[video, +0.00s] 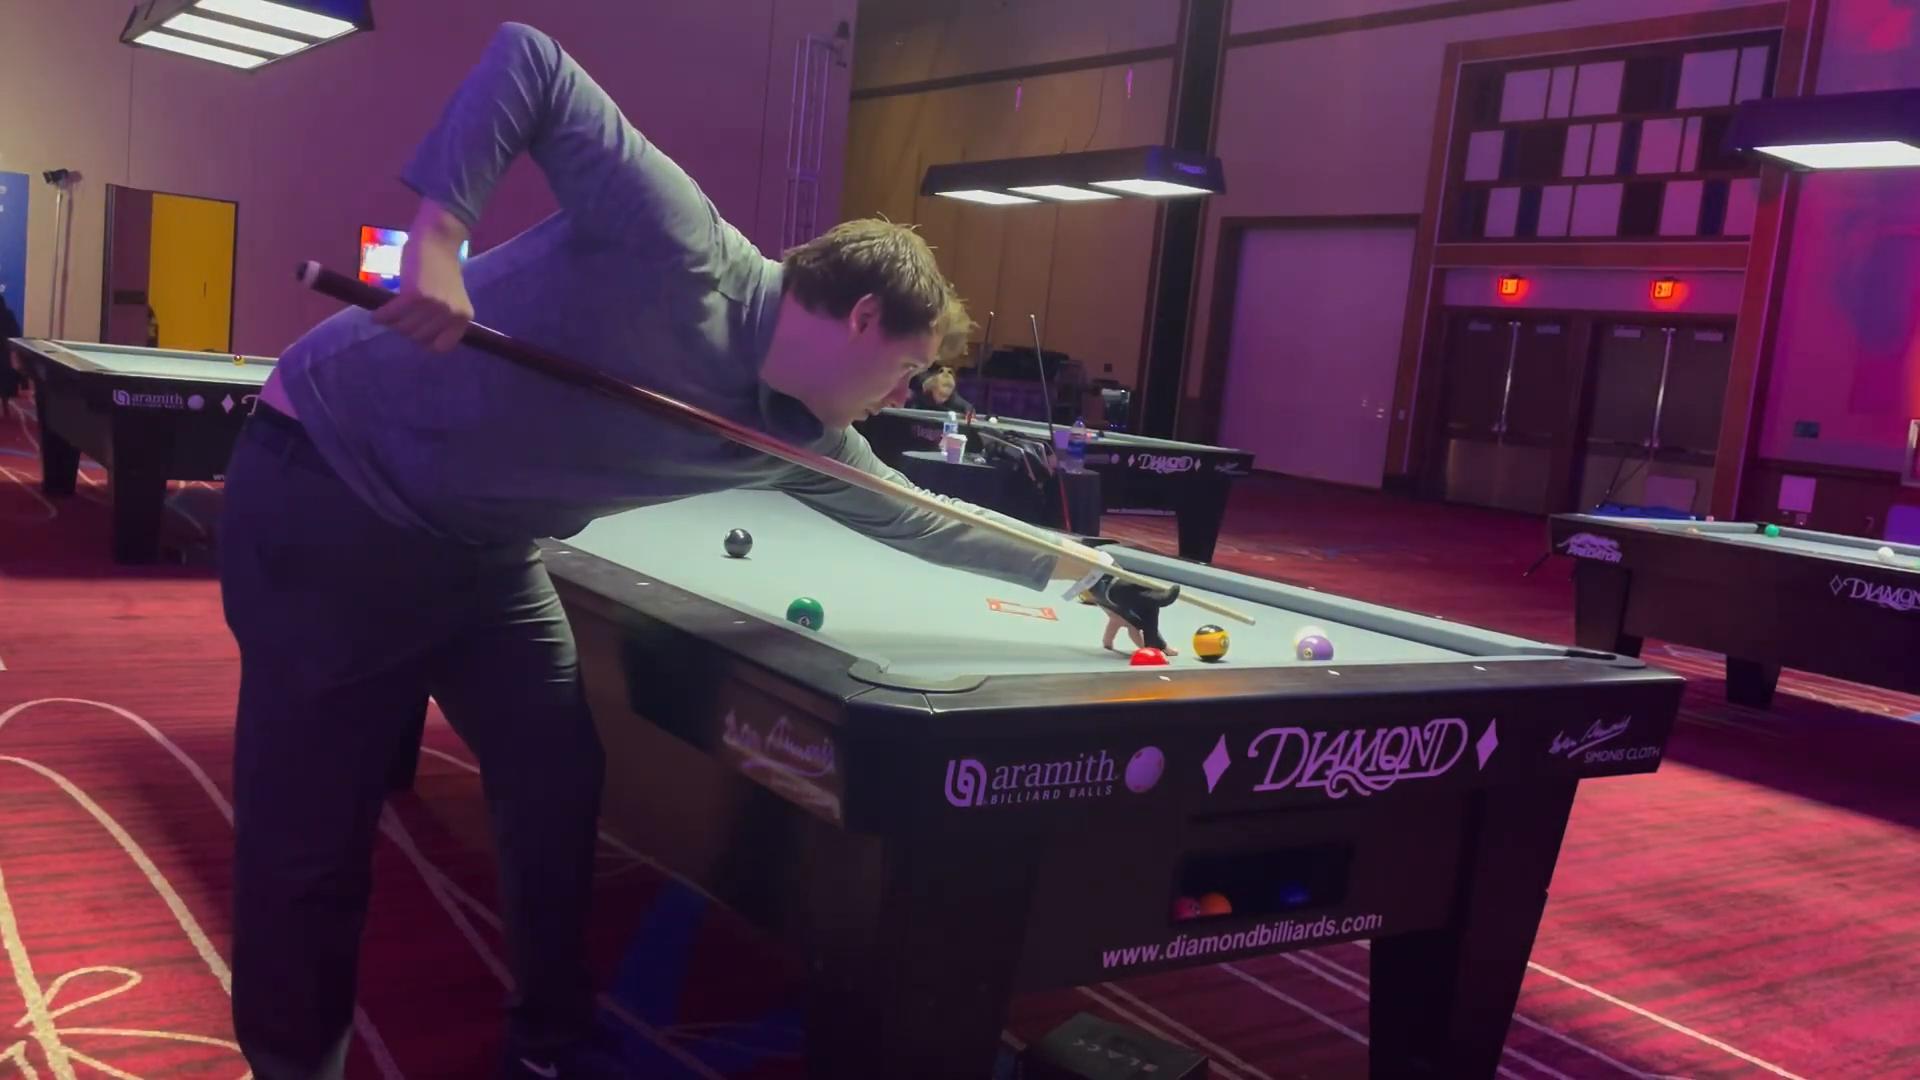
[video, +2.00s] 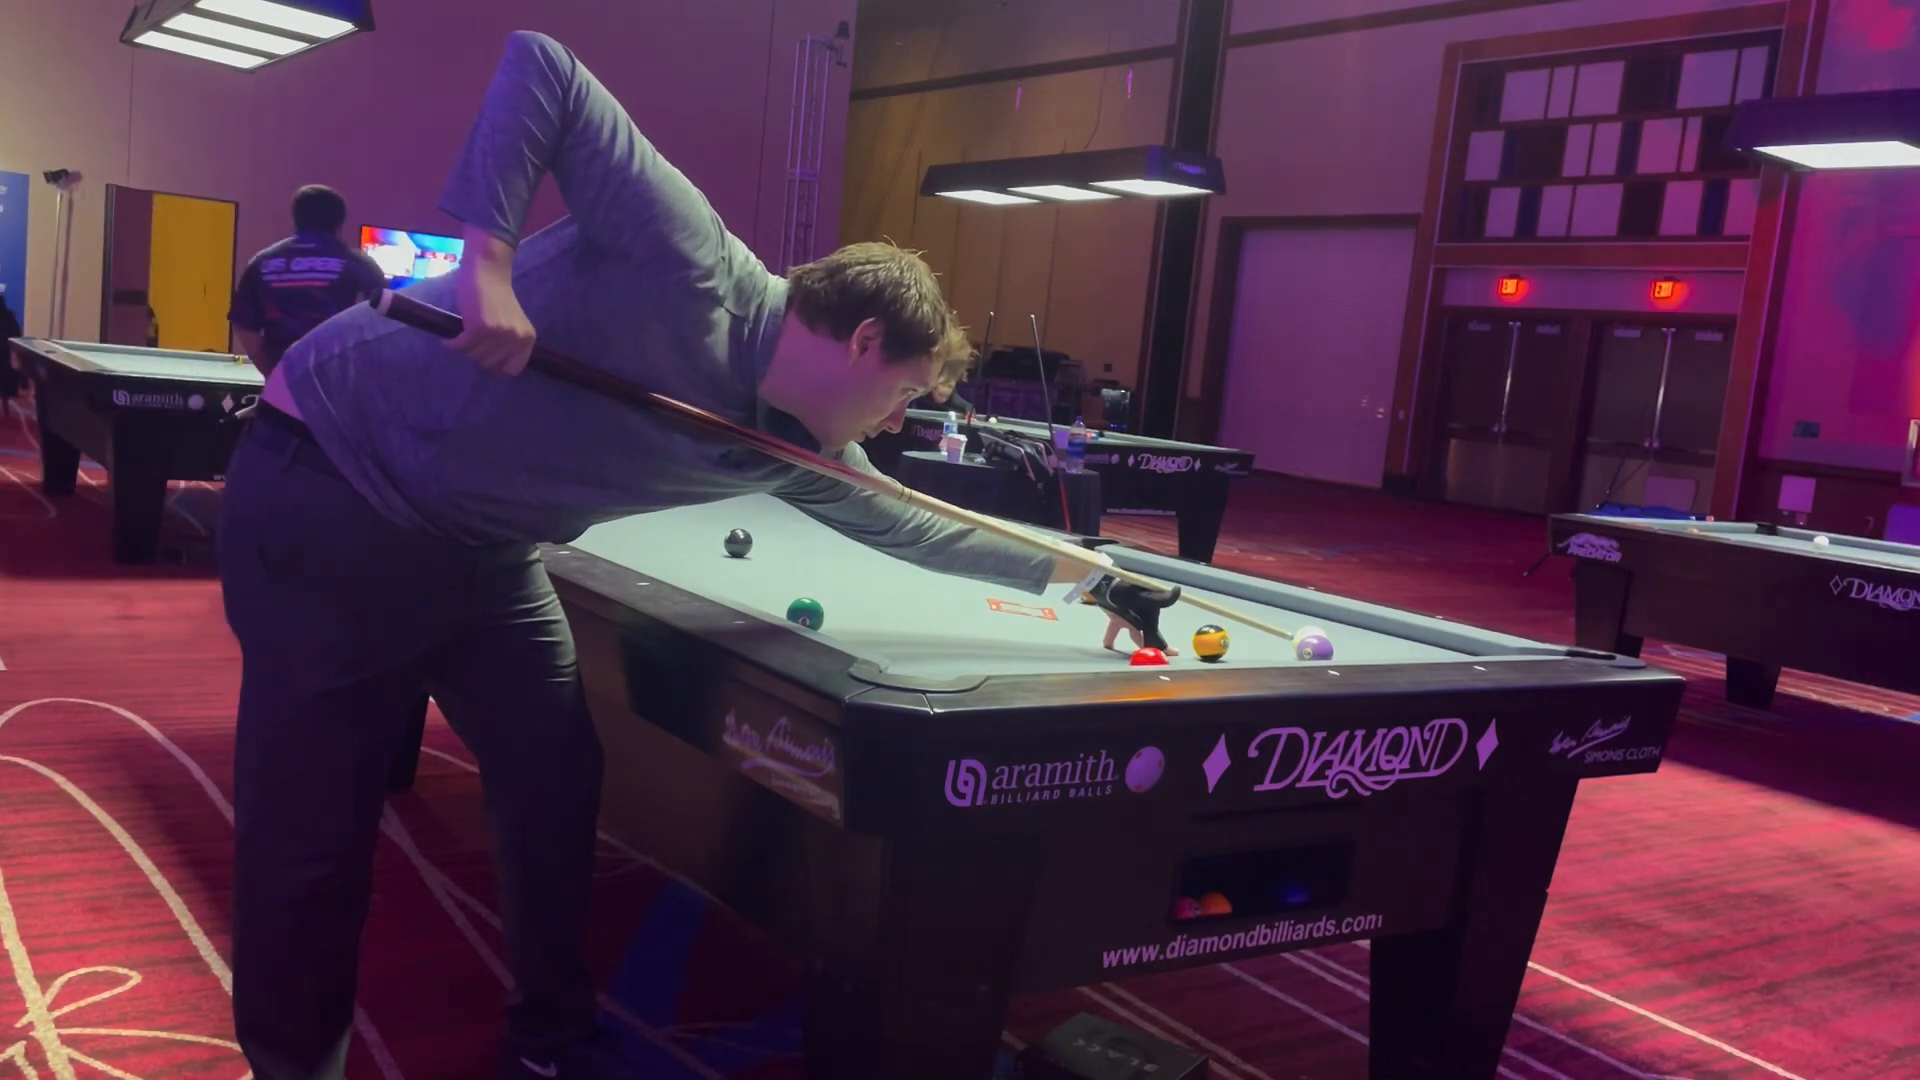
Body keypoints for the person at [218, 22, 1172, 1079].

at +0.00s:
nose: (900, 401)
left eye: (915, 381)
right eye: (910, 371)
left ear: (854, 330)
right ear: (863, 321)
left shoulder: (790, 428)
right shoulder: (676, 237)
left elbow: (914, 518)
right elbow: (527, 64)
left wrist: (1066, 561)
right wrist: (434, 238)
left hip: (487, 537)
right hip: (332, 483)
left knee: (555, 766)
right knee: (310, 826)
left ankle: (549, 1033)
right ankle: (293, 1060)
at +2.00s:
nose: (891, 430)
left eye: (909, 412)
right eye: (903, 400)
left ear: (853, 349)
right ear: (857, 340)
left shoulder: (784, 439)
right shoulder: (685, 250)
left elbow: (909, 525)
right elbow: (541, 70)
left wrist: (1062, 563)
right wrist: (481, 256)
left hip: (484, 530)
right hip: (333, 473)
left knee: (552, 764)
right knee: (313, 818)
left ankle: (548, 1032)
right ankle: (294, 1056)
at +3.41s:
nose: (888, 245)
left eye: (899, 223)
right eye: (883, 212)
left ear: (818, 187)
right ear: (810, 171)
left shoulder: (775, 320)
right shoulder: (631, 184)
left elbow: (879, 412)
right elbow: (393, 187)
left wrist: (1031, 480)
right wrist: (501, 364)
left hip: (488, 526)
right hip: (345, 488)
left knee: (547, 773)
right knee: (340, 820)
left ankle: (552, 1030)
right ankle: (304, 1063)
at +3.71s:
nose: (774, 154)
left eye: (800, 132)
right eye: (762, 113)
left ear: (814, 127)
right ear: (687, 61)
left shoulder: (722, 221)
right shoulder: (544, 122)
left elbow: (819, 293)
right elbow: (318, 197)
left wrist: (965, 326)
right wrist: (473, 346)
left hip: (507, 525)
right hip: (363, 501)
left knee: (558, 776)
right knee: (376, 802)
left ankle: (548, 1038)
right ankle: (312, 1063)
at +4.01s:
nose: (702, 63)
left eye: (730, 37)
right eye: (682, 21)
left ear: (745, 44)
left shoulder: (677, 165)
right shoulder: (469, 96)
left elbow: (717, 261)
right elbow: (261, 227)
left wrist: (872, 294)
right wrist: (439, 352)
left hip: (520, 522)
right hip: (375, 514)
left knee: (551, 791)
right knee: (390, 805)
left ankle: (548, 1032)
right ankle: (317, 1060)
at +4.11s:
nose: (630, 6)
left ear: (676, 12)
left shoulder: (643, 128)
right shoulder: (415, 81)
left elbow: (640, 272)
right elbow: (220, 222)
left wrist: (750, 342)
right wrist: (402, 345)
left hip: (526, 525)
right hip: (374, 522)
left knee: (545, 803)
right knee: (395, 818)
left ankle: (549, 1034)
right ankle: (320, 1064)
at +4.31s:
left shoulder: (603, 87)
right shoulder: (306, 37)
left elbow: (601, 284)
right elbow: (131, 204)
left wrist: (594, 394)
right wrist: (267, 323)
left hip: (512, 539)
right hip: (318, 533)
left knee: (562, 816)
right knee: (329, 871)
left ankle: (541, 1046)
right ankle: (292, 1062)